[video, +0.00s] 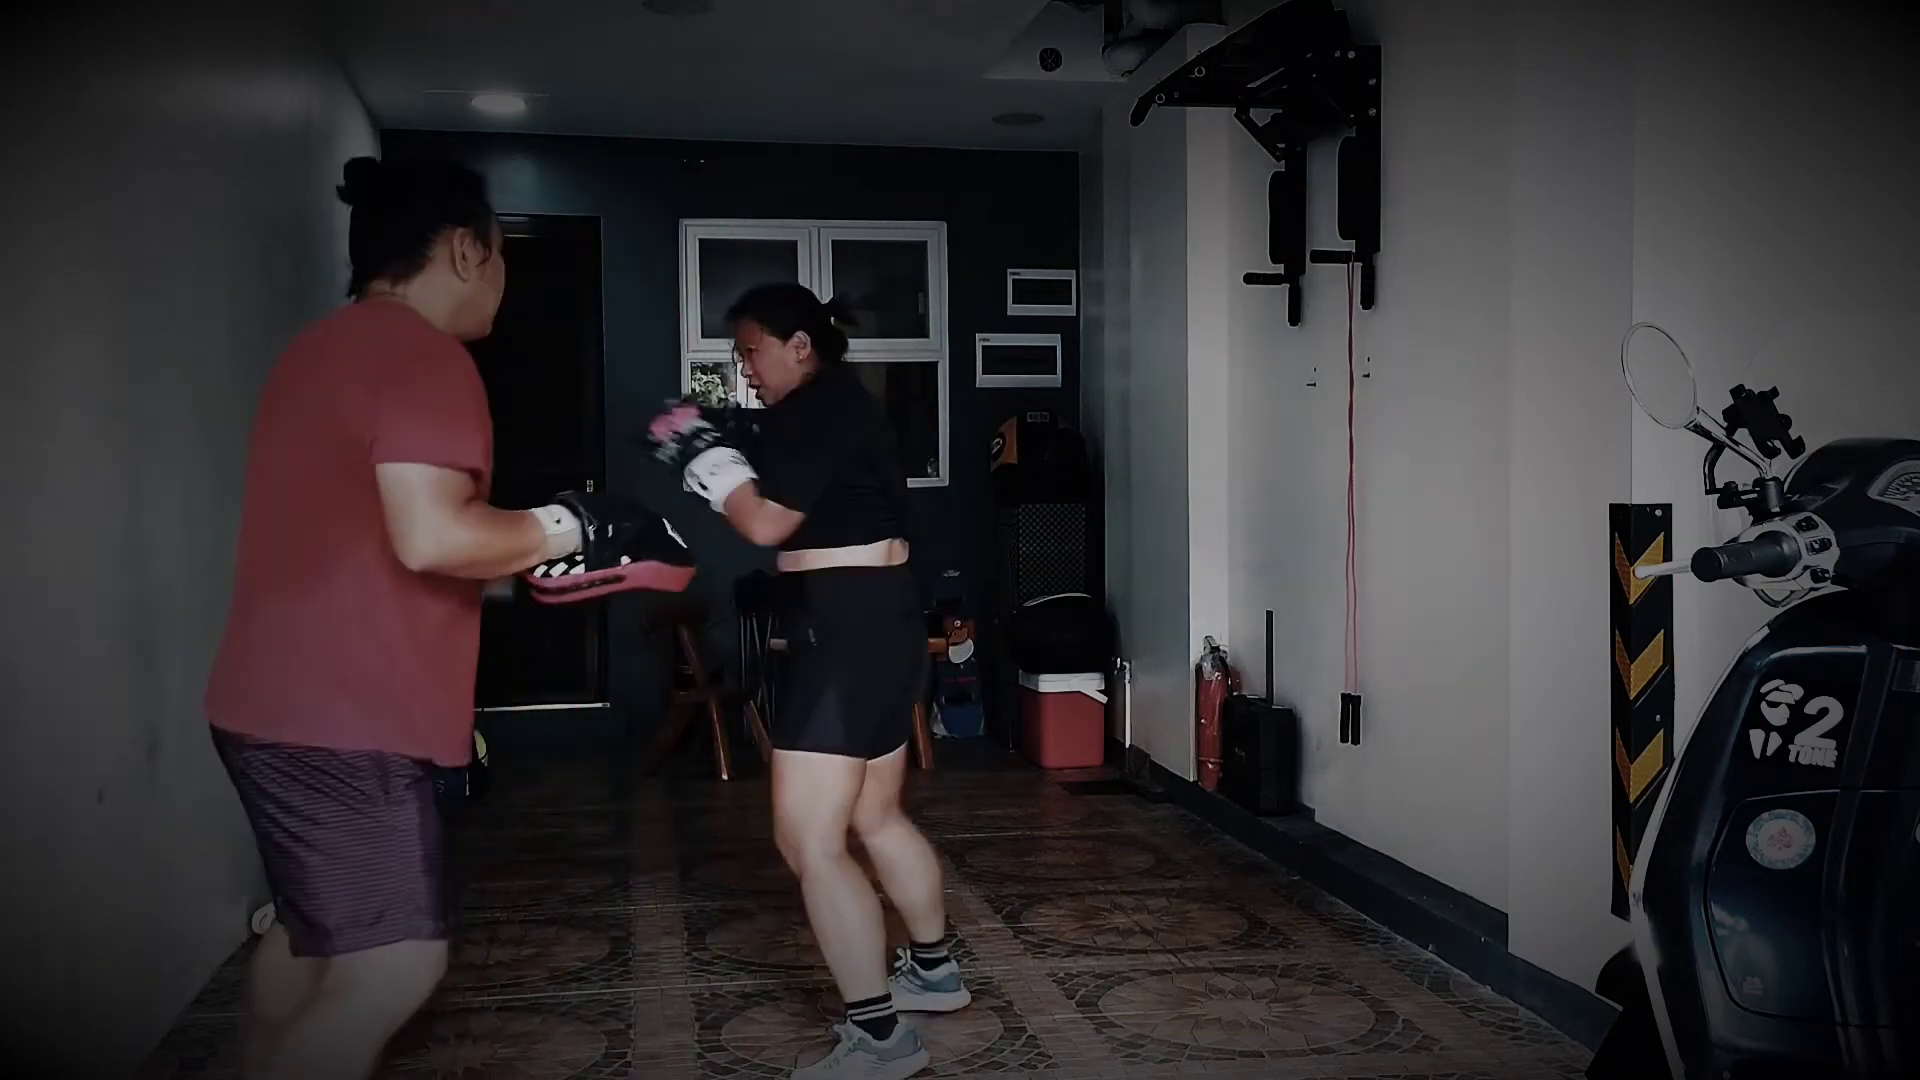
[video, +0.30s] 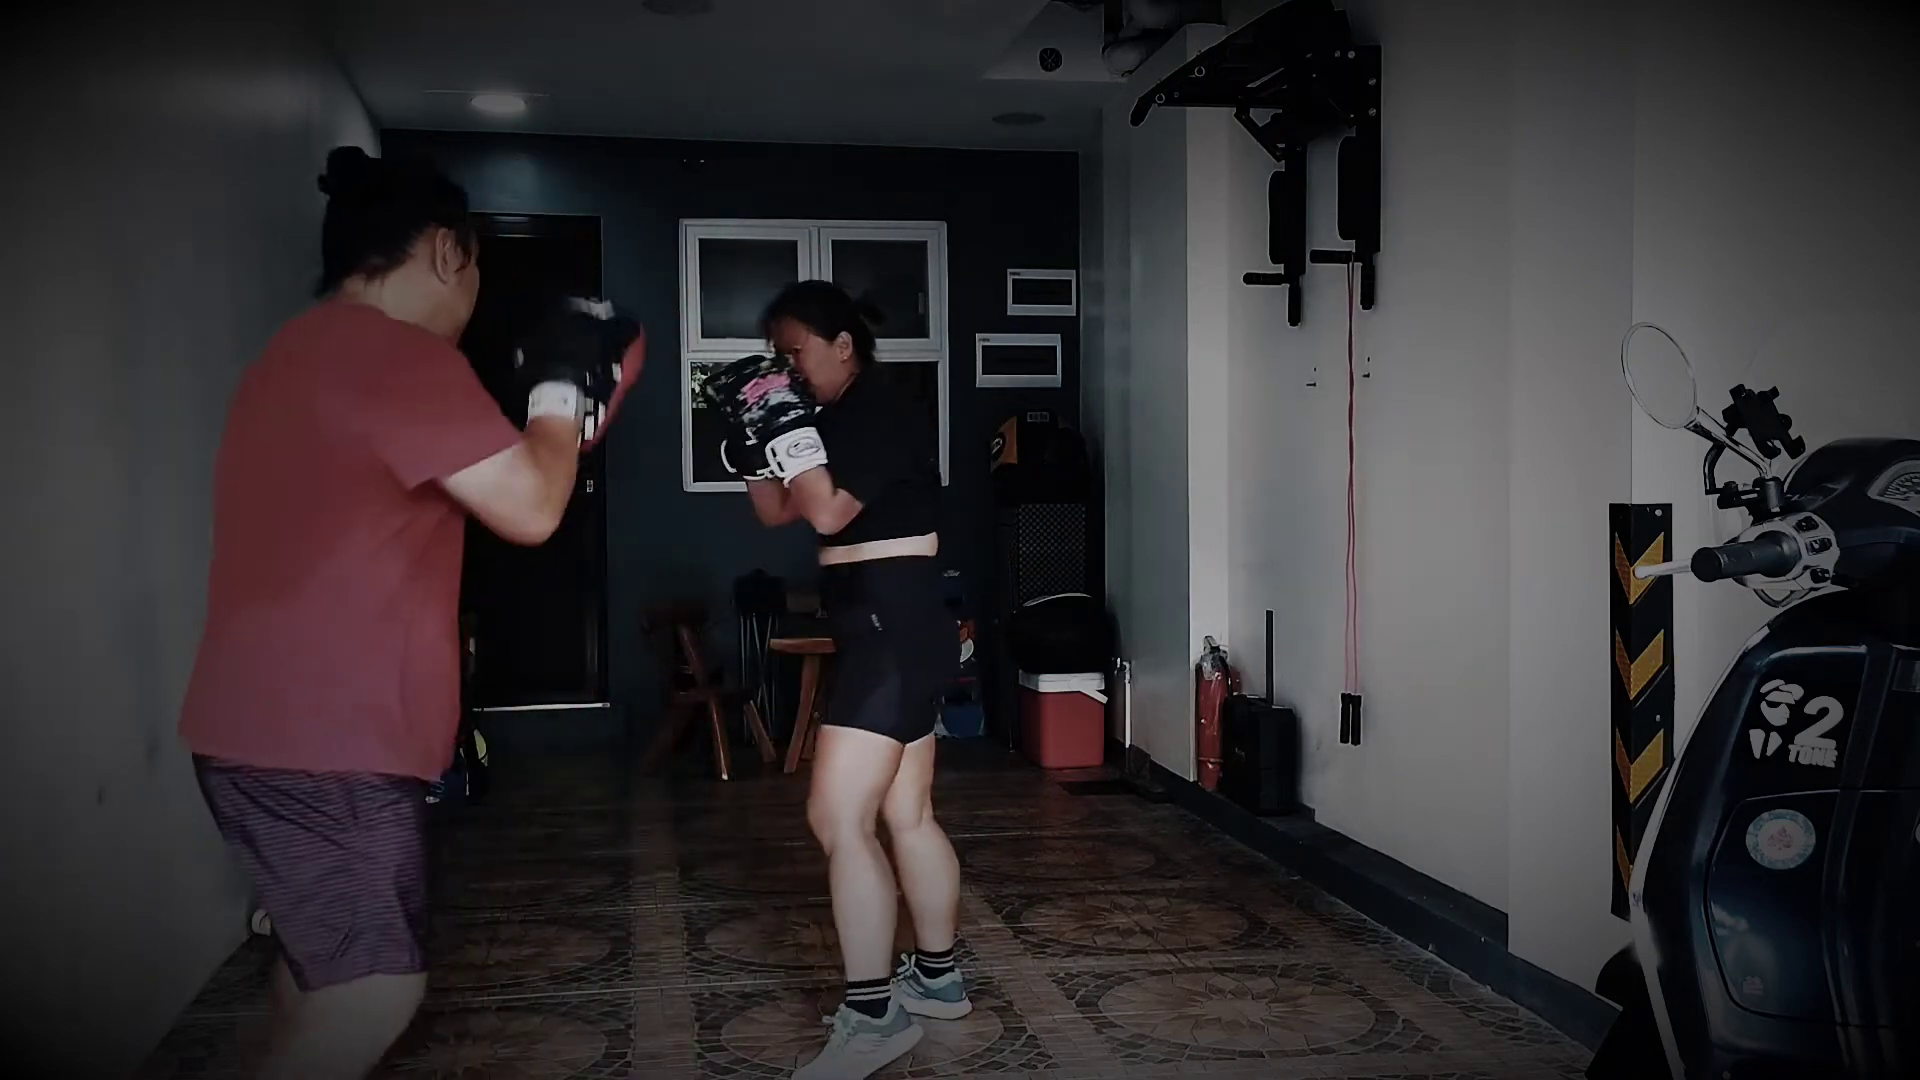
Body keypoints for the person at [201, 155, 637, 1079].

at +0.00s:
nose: (500, 280)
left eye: (501, 258)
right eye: (498, 255)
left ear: (383, 251)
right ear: (459, 249)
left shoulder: (322, 351)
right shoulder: (421, 357)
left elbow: (368, 532)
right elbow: (433, 534)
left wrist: (509, 565)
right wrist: (567, 524)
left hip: (285, 712)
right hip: (347, 725)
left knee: (305, 940)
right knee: (397, 960)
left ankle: (263, 1075)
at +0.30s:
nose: (473, 294)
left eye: (473, 272)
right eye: (471, 268)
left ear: (366, 250)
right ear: (440, 252)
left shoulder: (299, 354)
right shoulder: (394, 360)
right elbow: (533, 506)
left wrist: (561, 423)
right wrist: (559, 395)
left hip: (265, 735)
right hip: (331, 748)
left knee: (311, 981)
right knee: (373, 994)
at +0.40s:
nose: (476, 272)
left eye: (475, 251)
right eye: (473, 247)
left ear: (361, 231)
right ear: (441, 234)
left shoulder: (289, 334)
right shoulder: (407, 332)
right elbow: (556, 470)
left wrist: (558, 383)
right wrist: (565, 363)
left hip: (260, 721)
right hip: (332, 729)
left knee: (323, 978)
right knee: (354, 985)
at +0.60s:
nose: (488, 271)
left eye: (488, 252)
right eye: (487, 249)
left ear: (372, 228)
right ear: (462, 230)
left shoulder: (282, 341)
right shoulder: (457, 325)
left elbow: (241, 527)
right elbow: (593, 455)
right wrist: (598, 344)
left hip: (277, 710)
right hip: (378, 717)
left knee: (436, 895)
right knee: (333, 984)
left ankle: (452, 1077)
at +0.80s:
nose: (523, 292)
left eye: (520, 275)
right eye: (520, 270)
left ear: (409, 259)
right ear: (496, 250)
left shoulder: (339, 366)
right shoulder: (488, 339)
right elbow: (636, 459)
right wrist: (635, 356)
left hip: (360, 713)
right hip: (437, 717)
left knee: (481, 966)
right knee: (479, 973)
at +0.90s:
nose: (537, 279)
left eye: (533, 262)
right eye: (534, 259)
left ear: (422, 253)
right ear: (510, 243)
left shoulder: (347, 363)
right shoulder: (519, 337)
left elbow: (325, 533)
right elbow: (662, 452)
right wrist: (650, 334)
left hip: (364, 701)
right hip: (462, 703)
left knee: (489, 945)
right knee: (517, 952)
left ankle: (491, 1064)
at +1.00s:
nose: (546, 265)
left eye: (541, 248)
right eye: (541, 246)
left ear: (428, 244)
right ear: (515, 234)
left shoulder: (350, 353)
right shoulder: (547, 328)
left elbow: (332, 534)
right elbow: (684, 441)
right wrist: (686, 341)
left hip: (357, 691)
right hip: (481, 686)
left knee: (467, 935)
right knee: (519, 952)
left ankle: (477, 1066)